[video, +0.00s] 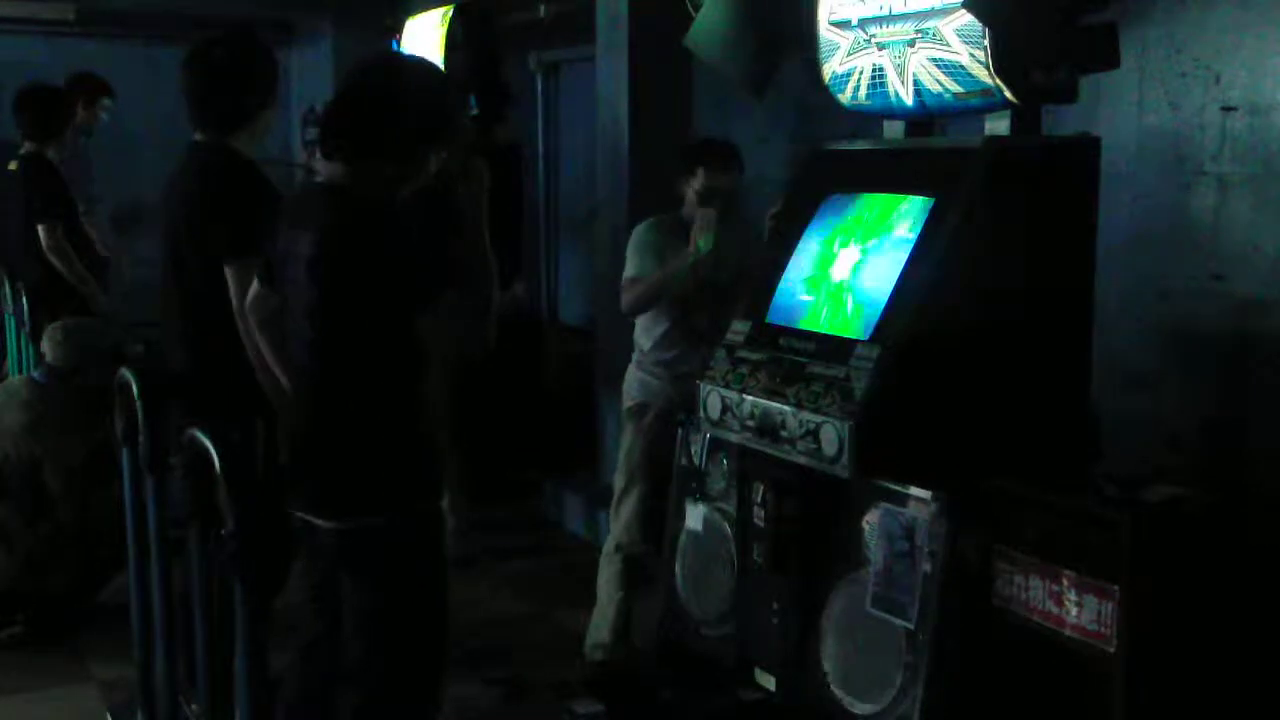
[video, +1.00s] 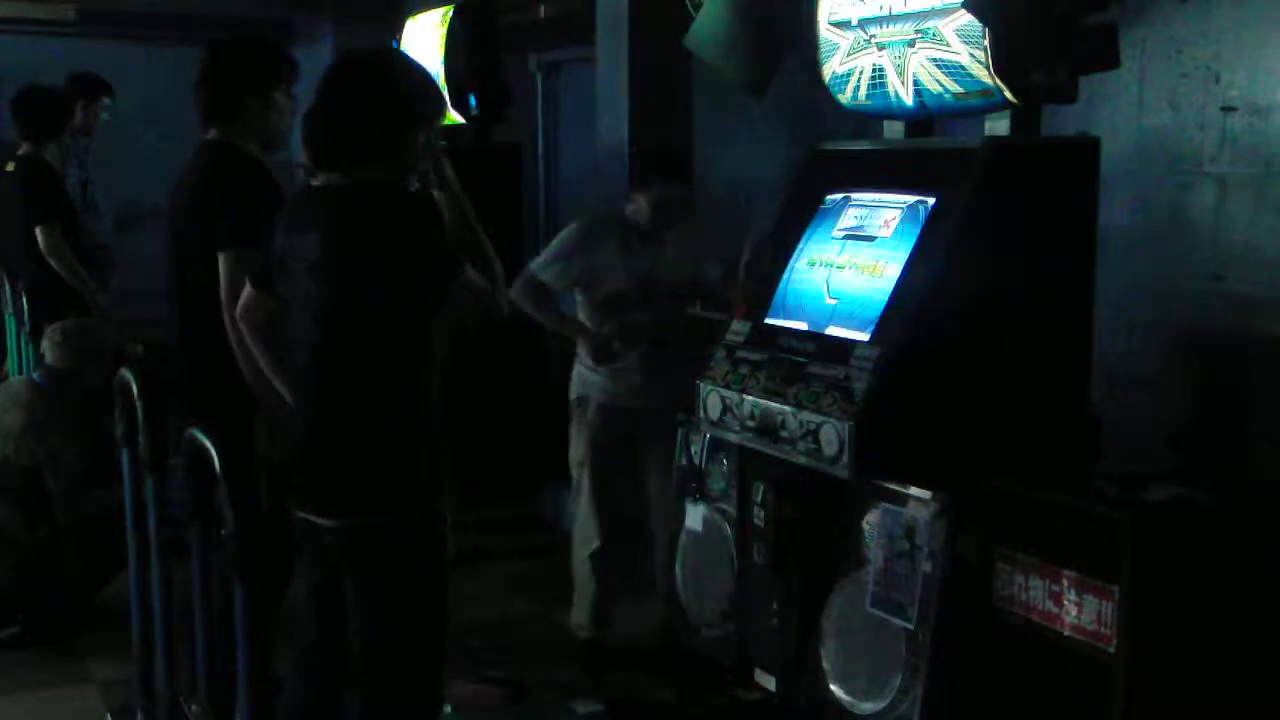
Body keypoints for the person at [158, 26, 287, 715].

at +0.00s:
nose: (277, 104)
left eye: (274, 91)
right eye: (271, 91)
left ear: (195, 97)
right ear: (261, 99)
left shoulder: (188, 172)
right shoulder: (241, 179)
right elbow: (248, 303)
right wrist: (288, 389)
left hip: (197, 380)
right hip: (238, 391)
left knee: (209, 532)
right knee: (254, 538)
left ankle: (206, 675)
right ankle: (245, 679)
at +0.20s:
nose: (275, 109)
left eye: (273, 96)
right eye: (270, 97)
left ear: (193, 100)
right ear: (258, 105)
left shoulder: (187, 173)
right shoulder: (236, 180)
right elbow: (246, 303)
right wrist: (289, 391)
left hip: (195, 382)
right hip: (235, 393)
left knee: (209, 534)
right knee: (254, 540)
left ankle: (204, 675)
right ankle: (241, 679)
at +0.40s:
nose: (276, 108)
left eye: (275, 93)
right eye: (270, 94)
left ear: (196, 99)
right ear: (249, 103)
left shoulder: (189, 171)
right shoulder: (234, 178)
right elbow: (243, 303)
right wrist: (289, 392)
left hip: (195, 381)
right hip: (233, 391)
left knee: (209, 534)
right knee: (253, 540)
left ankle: (204, 676)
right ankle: (241, 680)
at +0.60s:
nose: (278, 109)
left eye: (278, 95)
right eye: (272, 95)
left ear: (201, 99)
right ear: (247, 102)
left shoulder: (191, 170)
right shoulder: (233, 177)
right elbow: (242, 304)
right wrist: (287, 395)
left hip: (195, 382)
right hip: (231, 393)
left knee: (211, 537)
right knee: (252, 543)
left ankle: (205, 677)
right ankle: (241, 681)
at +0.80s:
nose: (285, 109)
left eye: (283, 94)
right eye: (278, 95)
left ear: (209, 100)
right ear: (252, 102)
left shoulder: (199, 170)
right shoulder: (237, 175)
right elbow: (241, 302)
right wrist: (289, 396)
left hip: (200, 382)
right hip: (234, 394)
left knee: (214, 539)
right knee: (251, 546)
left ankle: (212, 681)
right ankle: (243, 684)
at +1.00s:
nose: (292, 111)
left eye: (291, 96)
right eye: (285, 96)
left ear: (219, 100)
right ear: (256, 101)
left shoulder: (204, 167)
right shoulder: (243, 173)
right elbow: (239, 301)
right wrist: (282, 395)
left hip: (202, 383)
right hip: (234, 394)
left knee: (217, 538)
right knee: (252, 544)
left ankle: (216, 683)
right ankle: (245, 686)